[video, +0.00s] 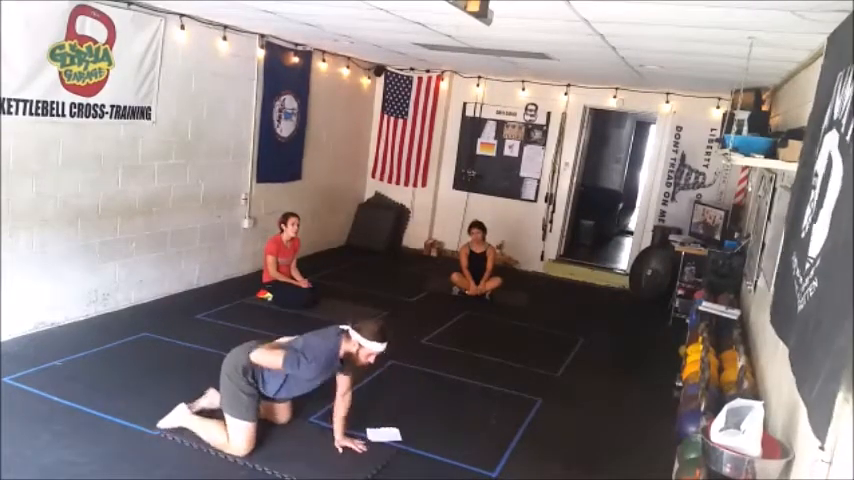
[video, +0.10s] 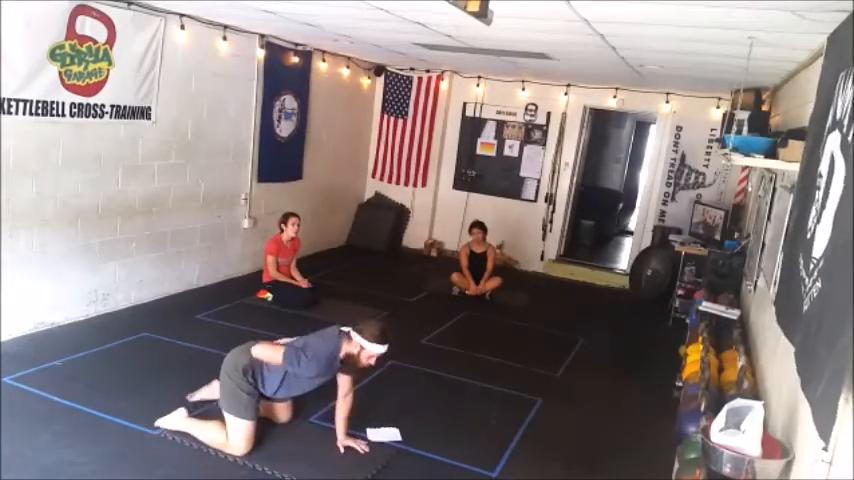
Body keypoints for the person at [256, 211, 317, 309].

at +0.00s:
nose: (296, 228)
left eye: (297, 225)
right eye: (292, 225)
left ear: (299, 226)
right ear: (283, 226)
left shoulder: (295, 242)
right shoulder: (273, 243)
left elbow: (293, 267)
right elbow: (272, 273)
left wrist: (302, 281)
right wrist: (298, 283)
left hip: (288, 280)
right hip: (272, 282)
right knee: (303, 298)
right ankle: (270, 297)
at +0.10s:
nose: (296, 228)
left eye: (298, 225)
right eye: (293, 225)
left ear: (299, 226)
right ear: (283, 226)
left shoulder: (295, 242)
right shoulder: (273, 243)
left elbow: (292, 267)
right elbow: (272, 273)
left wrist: (302, 281)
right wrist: (298, 283)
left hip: (287, 280)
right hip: (272, 282)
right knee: (302, 298)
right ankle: (270, 297)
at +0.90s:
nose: (369, 250)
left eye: (371, 248)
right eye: (368, 245)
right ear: (358, 241)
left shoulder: (355, 256)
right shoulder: (345, 251)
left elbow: (354, 280)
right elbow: (325, 248)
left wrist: (351, 303)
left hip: (307, 261)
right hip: (300, 261)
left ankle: (274, 283)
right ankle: (271, 286)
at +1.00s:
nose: (368, 258)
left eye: (371, 256)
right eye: (369, 255)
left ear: (365, 249)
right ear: (364, 248)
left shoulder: (355, 256)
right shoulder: (344, 251)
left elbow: (354, 279)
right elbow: (311, 252)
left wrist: (352, 304)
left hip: (307, 260)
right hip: (300, 261)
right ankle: (270, 287)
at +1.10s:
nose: (363, 262)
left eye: (366, 261)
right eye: (365, 260)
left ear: (363, 253)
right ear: (362, 253)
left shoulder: (354, 253)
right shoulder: (342, 253)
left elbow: (354, 280)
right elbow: (308, 253)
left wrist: (352, 304)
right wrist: (318, 246)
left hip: (312, 265)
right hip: (300, 263)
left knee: (310, 299)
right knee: (302, 301)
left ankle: (278, 284)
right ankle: (271, 288)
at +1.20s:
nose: (368, 248)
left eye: (370, 245)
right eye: (366, 244)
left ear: (370, 246)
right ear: (356, 242)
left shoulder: (355, 256)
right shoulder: (345, 252)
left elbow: (354, 281)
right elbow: (312, 253)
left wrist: (352, 304)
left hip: (313, 266)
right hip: (300, 263)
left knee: (311, 300)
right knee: (302, 301)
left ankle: (280, 285)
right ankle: (271, 288)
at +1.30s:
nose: (368, 251)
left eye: (370, 248)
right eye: (367, 247)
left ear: (368, 247)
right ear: (358, 243)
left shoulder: (354, 256)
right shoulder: (344, 251)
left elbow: (354, 280)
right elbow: (309, 252)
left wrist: (352, 304)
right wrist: (315, 247)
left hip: (313, 267)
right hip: (300, 263)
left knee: (312, 299)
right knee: (301, 300)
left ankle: (280, 285)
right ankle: (273, 287)